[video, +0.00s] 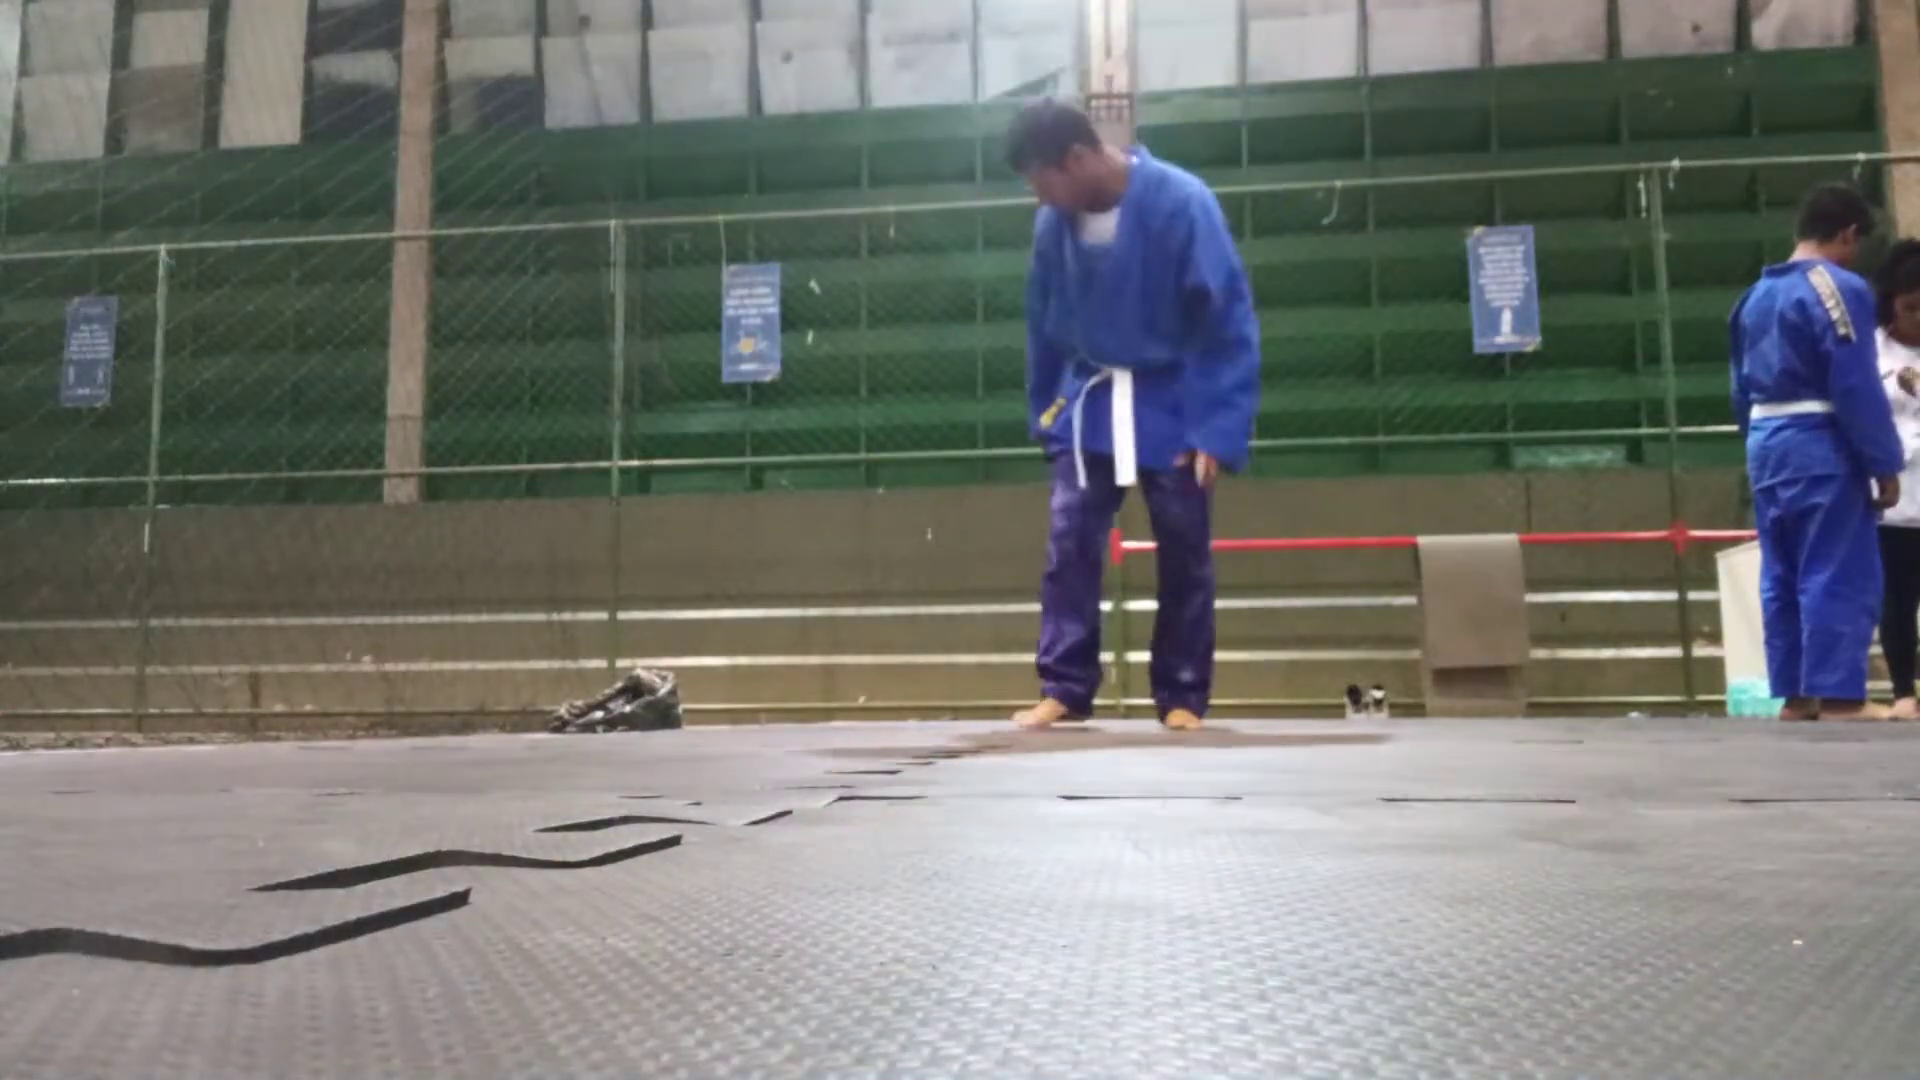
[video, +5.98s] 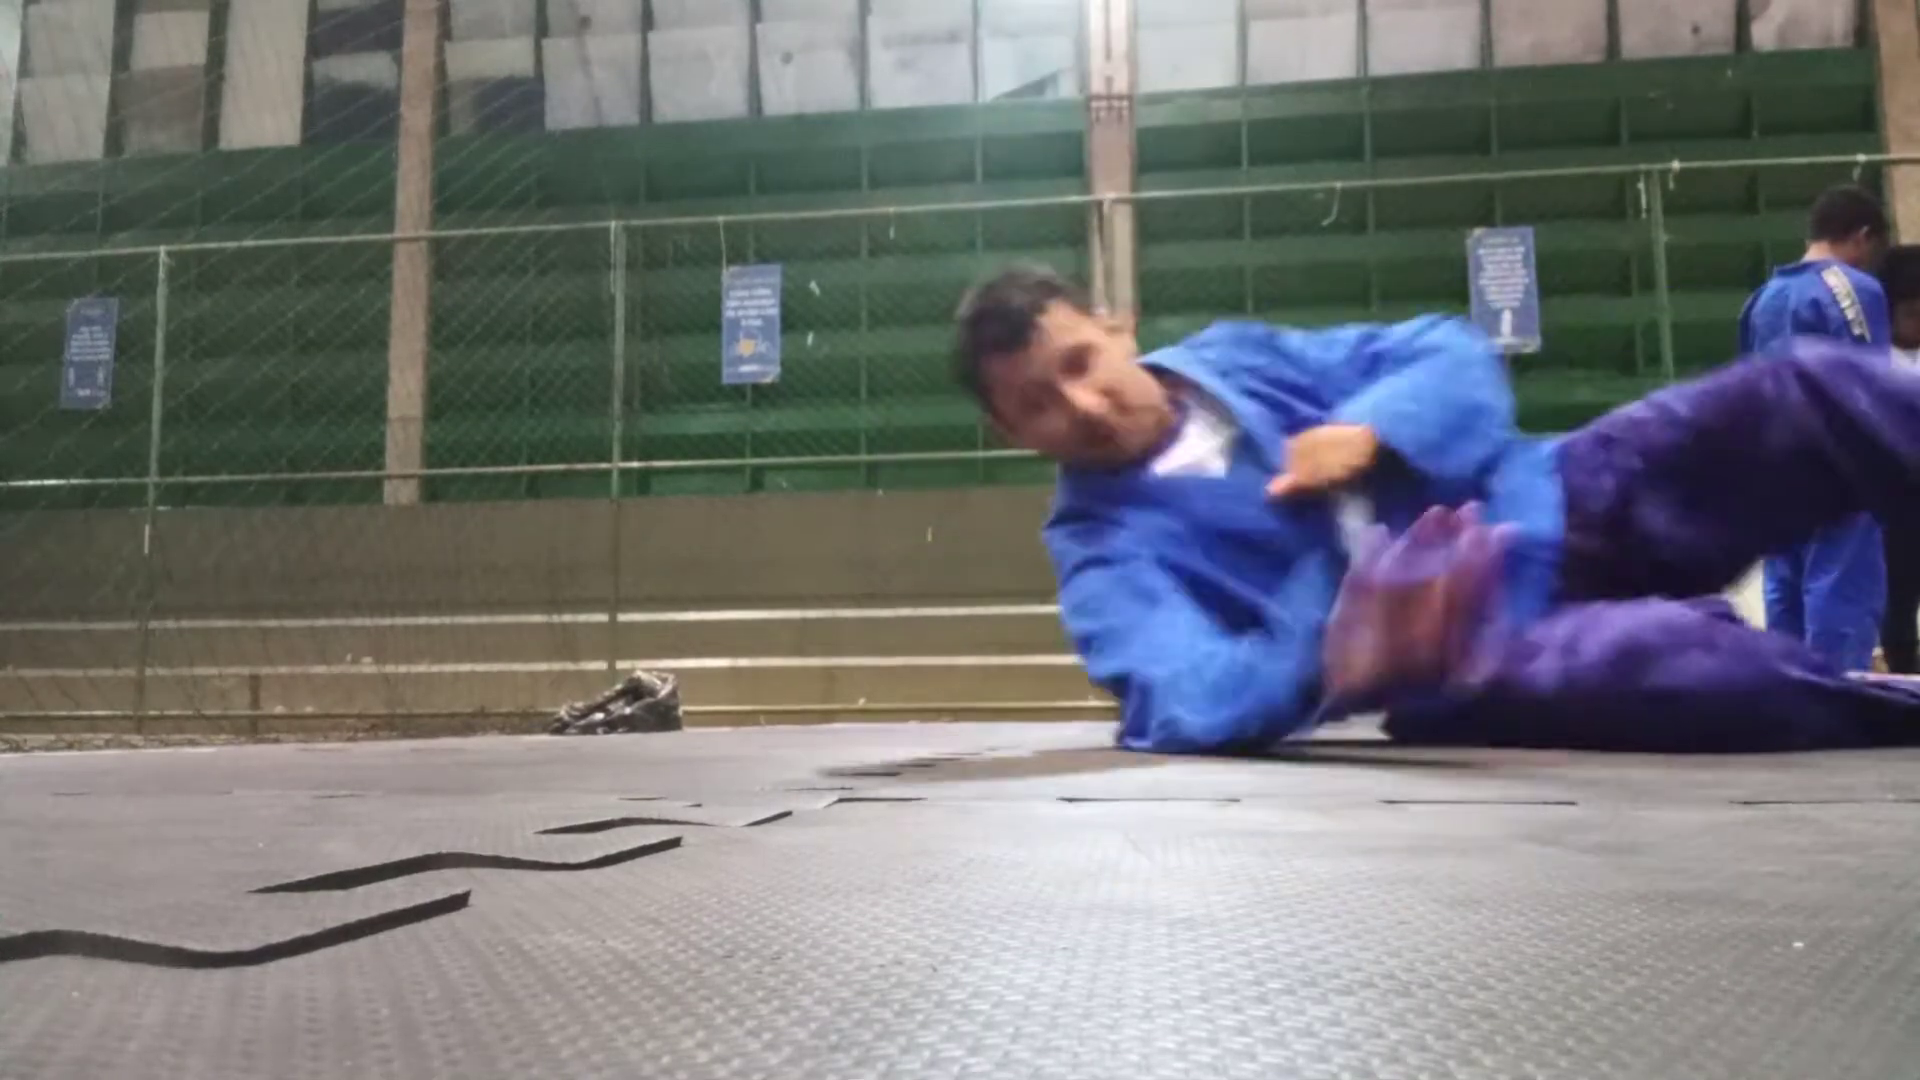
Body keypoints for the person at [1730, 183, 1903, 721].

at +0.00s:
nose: (1857, 252)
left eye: (1860, 243)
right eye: (1858, 242)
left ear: (1802, 231)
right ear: (1846, 234)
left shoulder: (1756, 295)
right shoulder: (1838, 289)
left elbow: (1743, 390)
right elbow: (1855, 387)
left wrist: (1764, 442)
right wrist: (1886, 465)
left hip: (1764, 439)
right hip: (1818, 437)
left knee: (1783, 573)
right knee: (1839, 569)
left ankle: (1794, 697)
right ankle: (1838, 699)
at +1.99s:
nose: (1859, 251)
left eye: (1861, 242)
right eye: (1860, 241)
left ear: (1803, 231)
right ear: (1848, 235)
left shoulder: (1757, 296)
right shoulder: (1845, 290)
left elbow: (1741, 391)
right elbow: (1862, 387)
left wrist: (1761, 445)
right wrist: (1891, 465)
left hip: (1766, 443)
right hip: (1823, 441)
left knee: (1783, 576)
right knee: (1841, 572)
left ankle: (1795, 698)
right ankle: (1840, 701)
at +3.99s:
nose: (1856, 255)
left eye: (1859, 246)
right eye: (1856, 244)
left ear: (1800, 234)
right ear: (1842, 236)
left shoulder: (1754, 297)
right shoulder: (1834, 290)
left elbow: (1739, 392)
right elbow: (1851, 389)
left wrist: (1761, 442)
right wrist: (1881, 467)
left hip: (1760, 440)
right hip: (1814, 438)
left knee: (1779, 574)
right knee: (1837, 569)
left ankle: (1793, 696)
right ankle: (1837, 697)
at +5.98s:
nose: (1873, 257)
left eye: (1874, 247)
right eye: (1874, 245)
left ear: (1815, 233)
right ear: (1861, 236)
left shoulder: (1763, 298)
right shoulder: (1856, 291)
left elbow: (1754, 388)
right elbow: (1874, 393)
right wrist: (1885, 469)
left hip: (1778, 467)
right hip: (1838, 470)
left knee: (1784, 588)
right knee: (1842, 589)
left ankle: (1786, 705)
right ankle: (1836, 712)